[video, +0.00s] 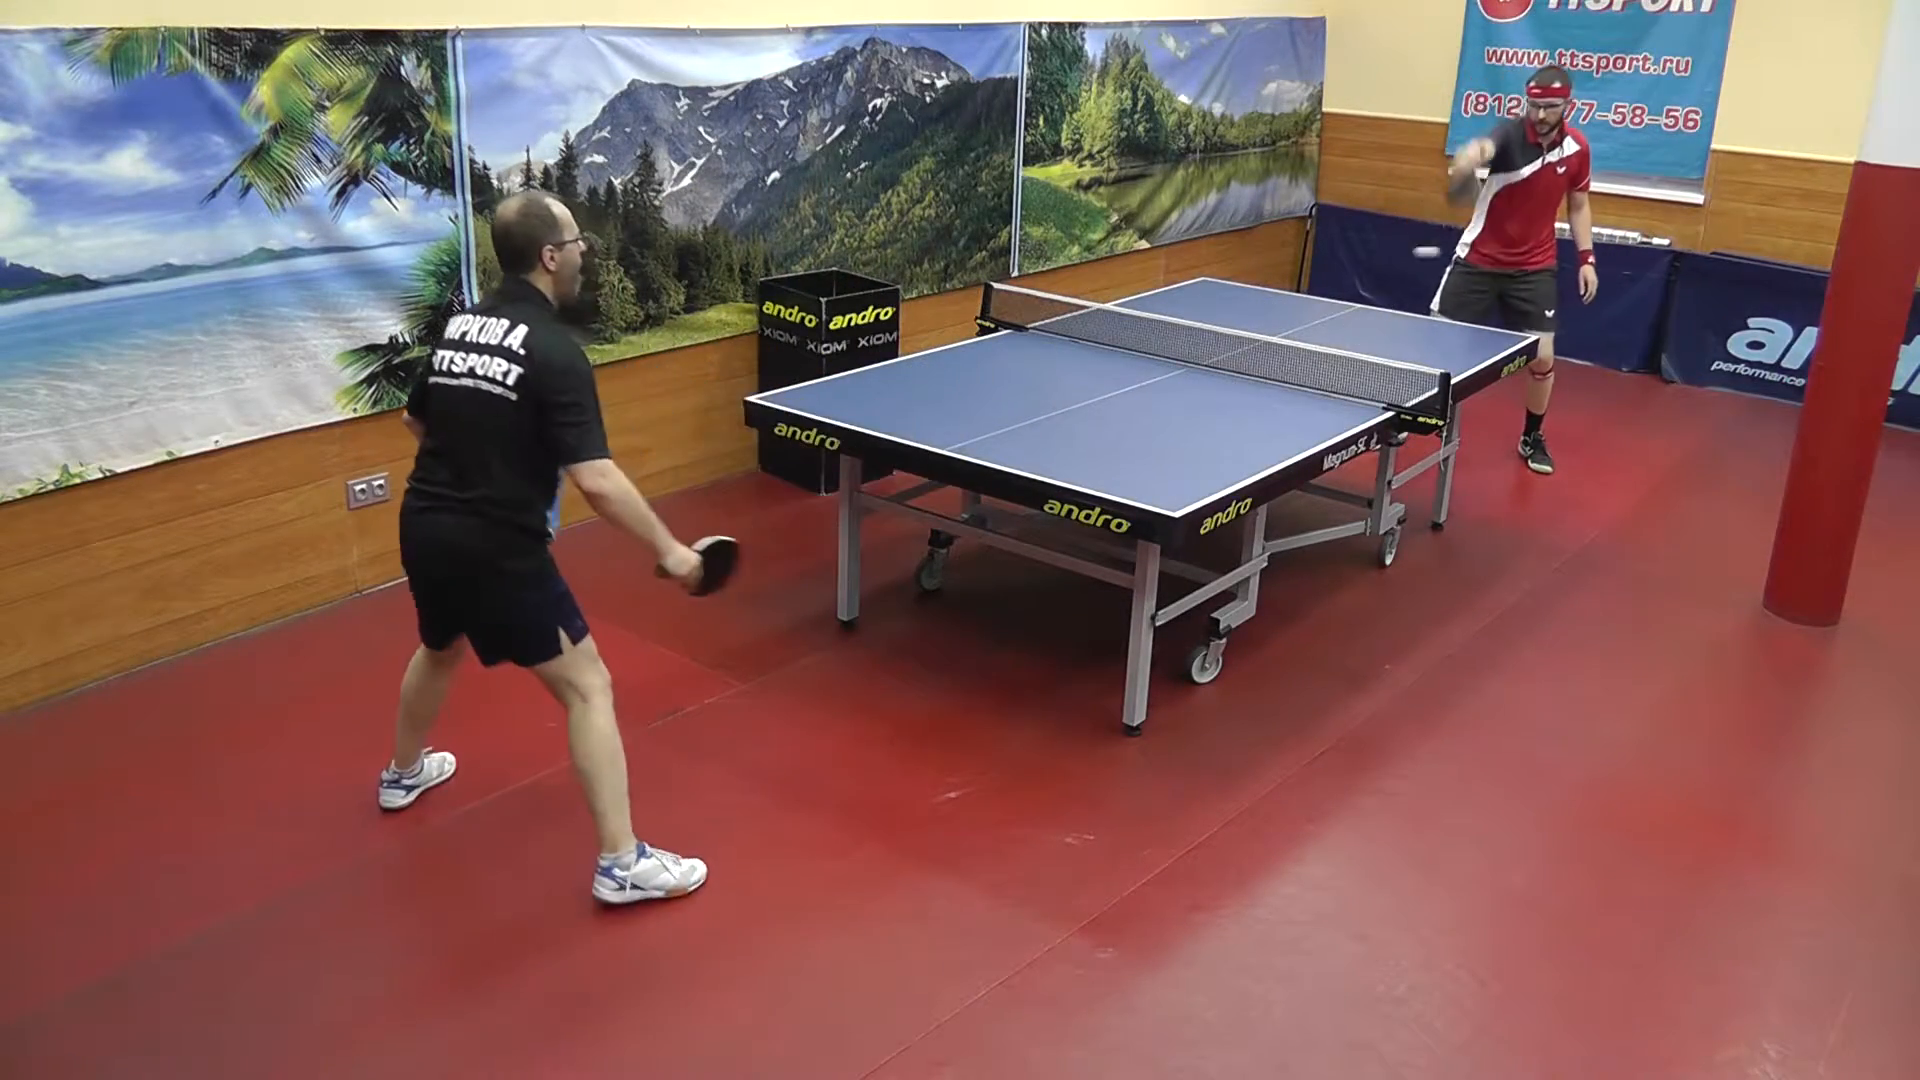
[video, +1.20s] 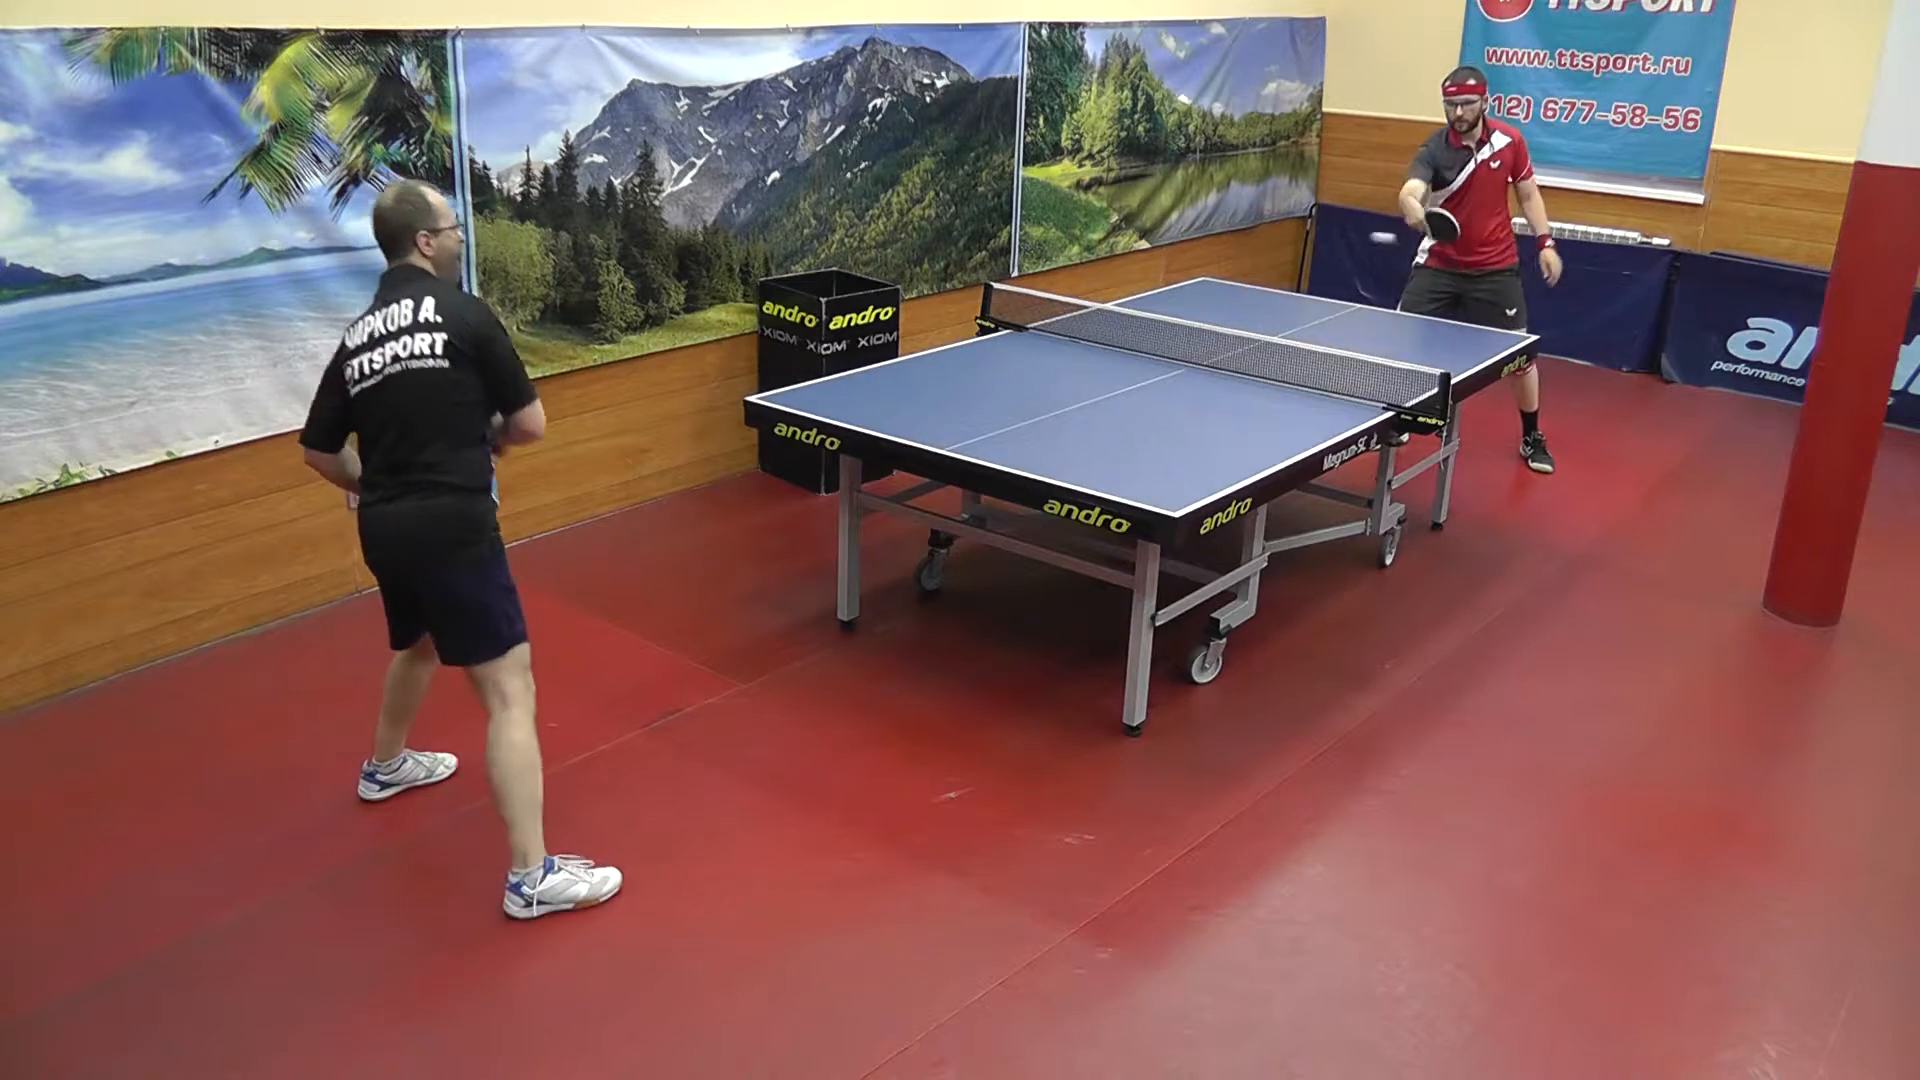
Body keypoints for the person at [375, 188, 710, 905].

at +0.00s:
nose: (582, 252)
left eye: (578, 241)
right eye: (574, 244)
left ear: (516, 258)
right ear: (547, 257)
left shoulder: (462, 322)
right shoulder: (555, 349)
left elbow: (420, 414)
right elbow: (595, 478)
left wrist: (485, 455)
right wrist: (669, 548)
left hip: (427, 530)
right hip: (500, 547)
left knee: (440, 648)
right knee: (586, 687)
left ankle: (402, 770)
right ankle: (623, 859)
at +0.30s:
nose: (585, 266)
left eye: (583, 253)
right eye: (577, 255)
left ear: (524, 264)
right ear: (540, 266)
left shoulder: (466, 319)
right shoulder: (519, 353)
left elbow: (473, 423)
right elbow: (513, 486)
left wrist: (547, 470)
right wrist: (585, 577)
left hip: (423, 526)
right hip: (477, 540)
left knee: (454, 642)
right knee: (575, 680)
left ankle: (400, 767)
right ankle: (598, 855)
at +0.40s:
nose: (569, 279)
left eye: (568, 266)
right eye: (561, 267)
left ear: (517, 276)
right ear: (519, 277)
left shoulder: (505, 336)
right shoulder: (467, 358)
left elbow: (520, 413)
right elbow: (425, 491)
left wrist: (579, 458)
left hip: (472, 533)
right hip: (464, 547)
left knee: (470, 642)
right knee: (562, 676)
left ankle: (391, 755)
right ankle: (597, 855)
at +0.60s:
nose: (500, 271)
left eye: (500, 258)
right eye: (488, 260)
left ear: (450, 264)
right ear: (440, 266)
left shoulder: (466, 321)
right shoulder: (404, 347)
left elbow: (487, 401)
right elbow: (369, 463)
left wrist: (540, 448)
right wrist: (422, 521)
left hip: (467, 521)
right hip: (439, 534)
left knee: (462, 650)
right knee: (510, 685)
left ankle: (389, 757)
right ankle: (571, 847)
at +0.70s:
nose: (468, 253)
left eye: (469, 239)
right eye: (455, 244)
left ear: (436, 242)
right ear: (410, 248)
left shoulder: (440, 299)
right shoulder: (390, 327)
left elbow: (448, 403)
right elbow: (417, 445)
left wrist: (501, 451)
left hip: (450, 509)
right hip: (424, 522)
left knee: (453, 647)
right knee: (496, 677)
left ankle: (388, 759)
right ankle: (538, 848)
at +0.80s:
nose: (447, 234)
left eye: (445, 221)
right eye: (436, 223)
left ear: (394, 231)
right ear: (395, 233)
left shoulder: (374, 297)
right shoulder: (404, 303)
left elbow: (403, 413)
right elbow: (491, 385)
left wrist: (476, 459)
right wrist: (528, 337)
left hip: (394, 503)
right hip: (431, 504)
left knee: (442, 636)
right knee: (483, 674)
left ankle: (389, 761)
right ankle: (484, 859)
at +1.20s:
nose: (460, 240)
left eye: (454, 228)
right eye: (451, 231)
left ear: (395, 248)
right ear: (426, 242)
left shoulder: (360, 334)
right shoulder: (466, 313)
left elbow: (317, 447)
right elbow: (528, 424)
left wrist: (367, 484)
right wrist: (475, 432)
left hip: (384, 527)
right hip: (457, 523)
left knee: (416, 644)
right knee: (509, 694)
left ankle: (385, 762)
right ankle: (532, 872)